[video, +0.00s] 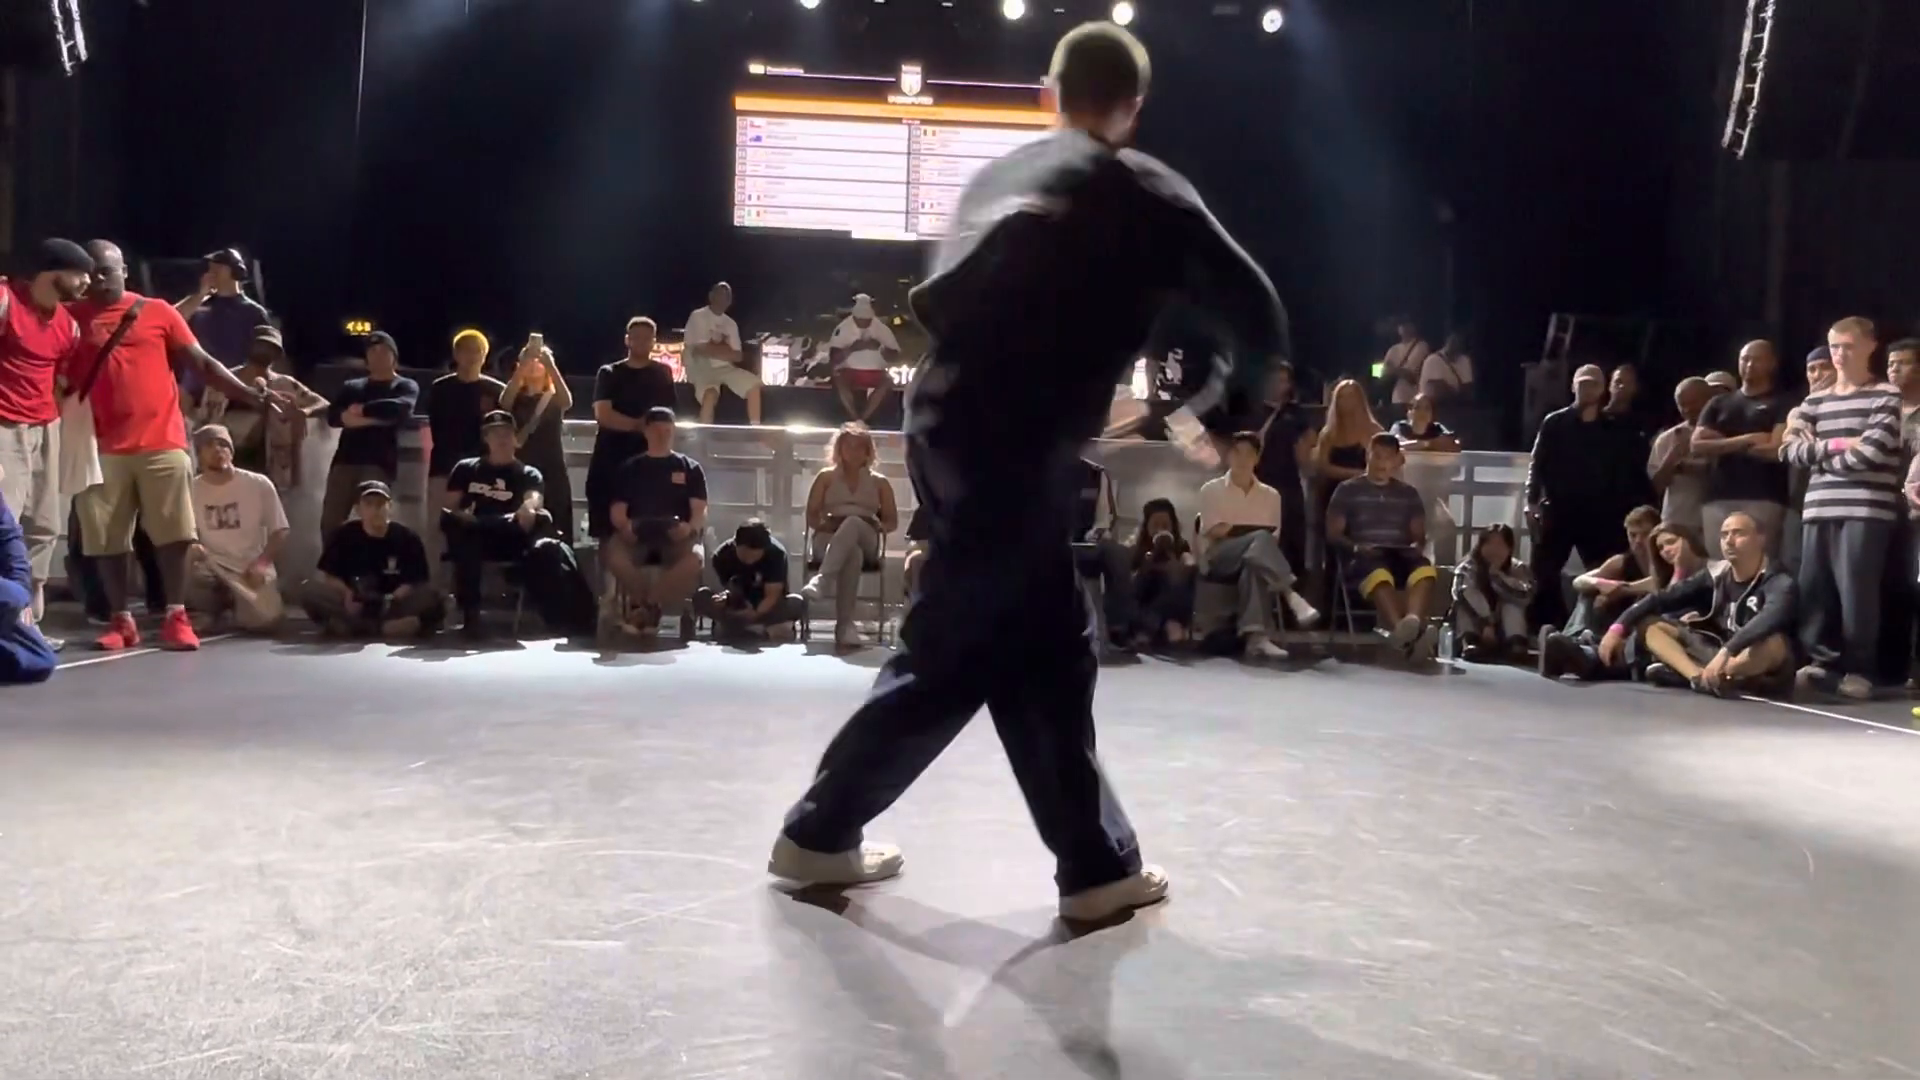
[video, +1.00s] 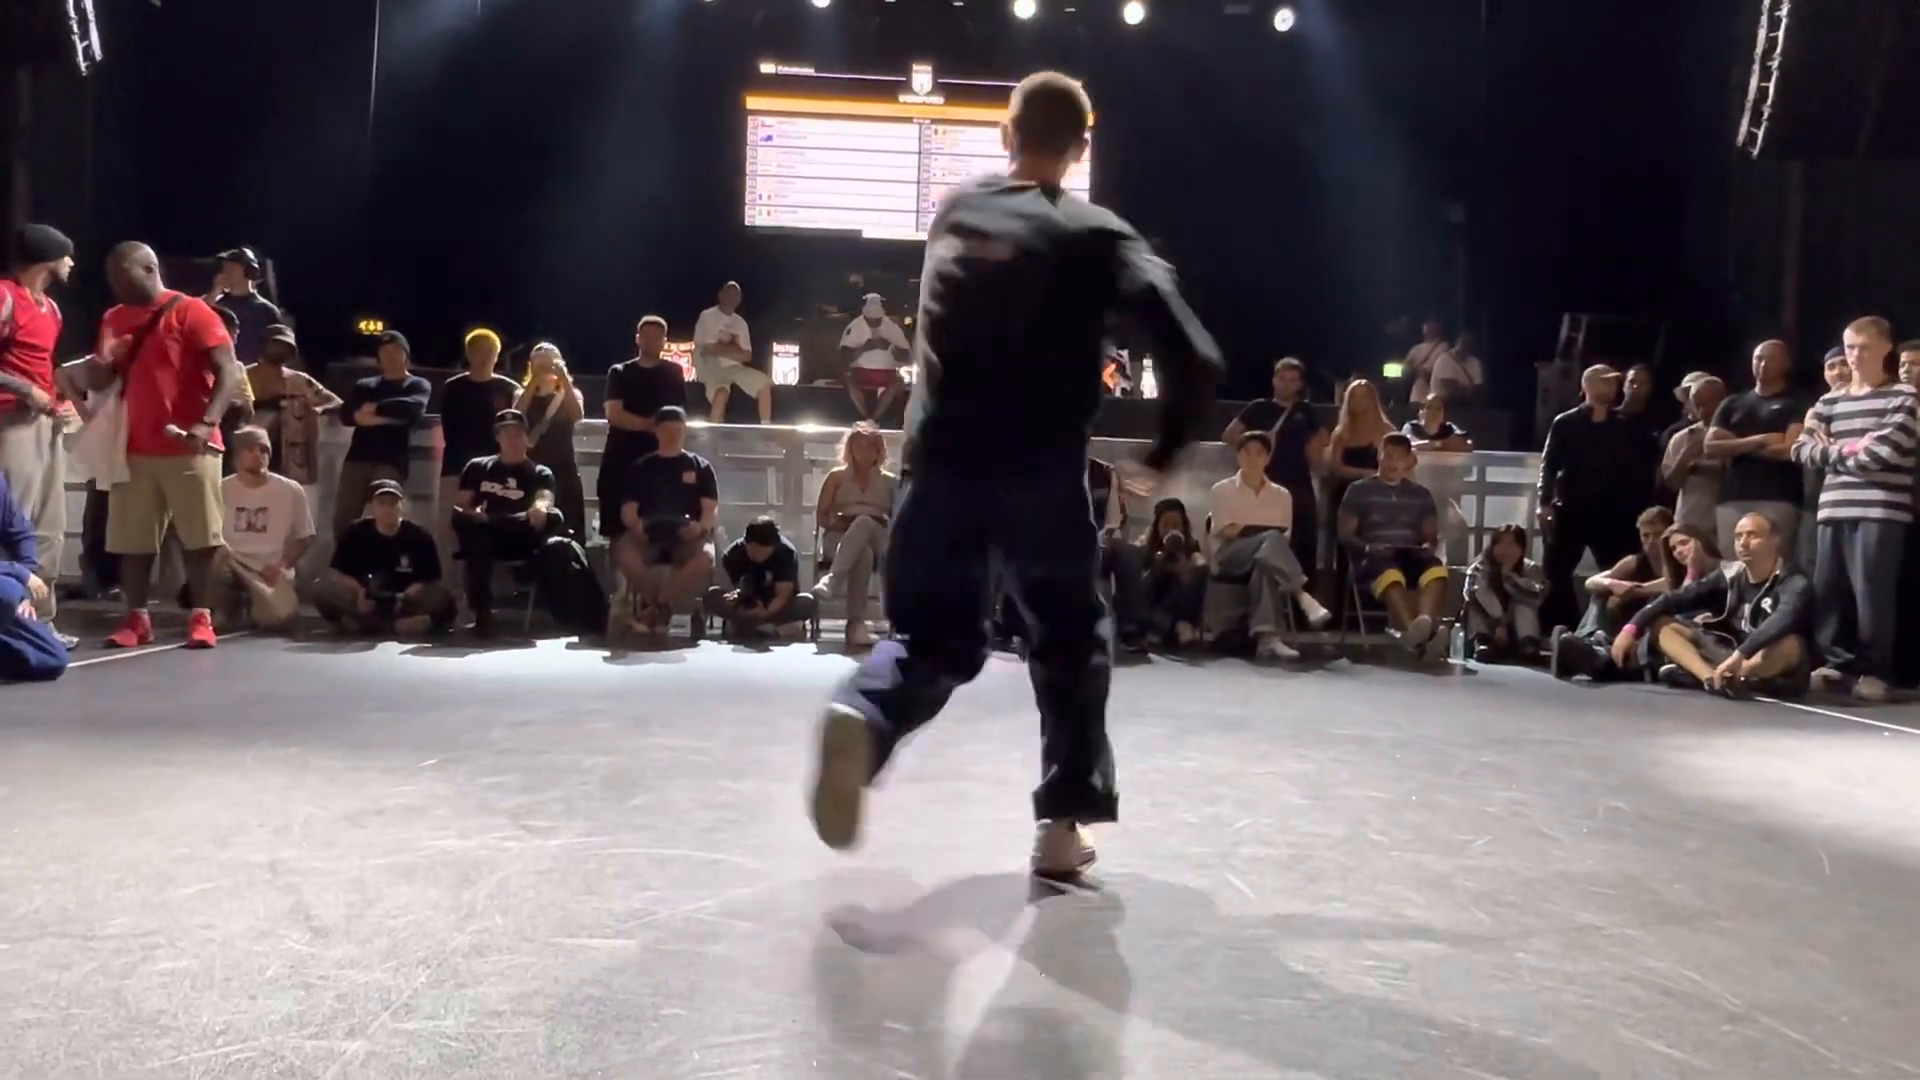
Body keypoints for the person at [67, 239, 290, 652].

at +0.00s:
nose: (101, 278)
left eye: (108, 270)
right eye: (93, 272)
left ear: (125, 272)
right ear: (82, 276)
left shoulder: (157, 311)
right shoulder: (75, 321)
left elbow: (204, 362)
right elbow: (59, 386)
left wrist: (256, 396)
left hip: (162, 442)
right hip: (104, 448)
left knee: (174, 531)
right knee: (108, 540)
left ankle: (175, 617)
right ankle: (120, 622)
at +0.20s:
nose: (96, 280)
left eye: (104, 272)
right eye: (91, 273)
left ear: (126, 273)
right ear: (85, 277)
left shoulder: (162, 314)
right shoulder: (78, 322)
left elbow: (207, 365)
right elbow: (62, 388)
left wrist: (248, 400)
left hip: (164, 445)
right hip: (107, 452)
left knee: (178, 537)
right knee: (111, 543)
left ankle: (186, 617)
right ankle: (123, 624)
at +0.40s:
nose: (98, 280)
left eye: (105, 271)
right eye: (94, 273)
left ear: (131, 271)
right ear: (90, 278)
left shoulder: (170, 315)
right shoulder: (84, 322)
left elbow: (211, 369)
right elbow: (68, 386)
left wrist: (234, 412)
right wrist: (70, 382)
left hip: (169, 450)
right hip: (111, 453)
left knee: (183, 540)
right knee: (115, 544)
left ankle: (189, 618)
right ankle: (126, 624)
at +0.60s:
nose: (108, 282)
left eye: (115, 273)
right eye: (104, 275)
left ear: (140, 269)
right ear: (102, 276)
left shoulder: (180, 313)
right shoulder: (91, 321)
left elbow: (217, 374)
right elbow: (81, 376)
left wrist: (211, 424)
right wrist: (59, 407)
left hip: (175, 450)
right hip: (116, 453)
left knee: (189, 540)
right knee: (119, 544)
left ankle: (193, 616)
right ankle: (130, 622)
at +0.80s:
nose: (110, 286)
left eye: (114, 277)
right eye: (108, 280)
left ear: (143, 269)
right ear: (114, 280)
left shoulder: (185, 312)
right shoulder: (107, 321)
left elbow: (224, 372)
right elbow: (94, 372)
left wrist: (202, 423)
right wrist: (89, 390)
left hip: (184, 449)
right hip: (129, 451)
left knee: (196, 540)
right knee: (127, 542)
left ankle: (197, 617)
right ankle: (134, 620)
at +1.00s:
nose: (114, 285)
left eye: (118, 276)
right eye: (113, 278)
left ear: (145, 269)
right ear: (134, 274)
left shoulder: (191, 311)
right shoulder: (114, 320)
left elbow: (229, 368)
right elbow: (99, 381)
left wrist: (208, 423)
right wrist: (106, 361)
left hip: (190, 448)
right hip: (135, 450)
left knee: (202, 540)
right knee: (134, 542)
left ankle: (201, 617)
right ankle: (137, 619)